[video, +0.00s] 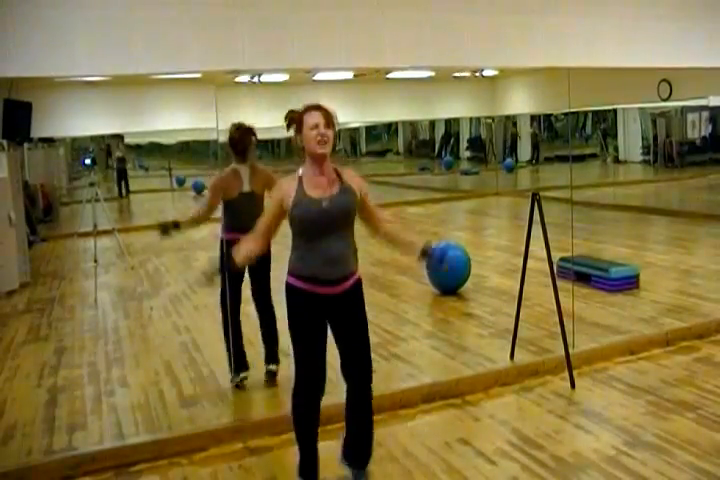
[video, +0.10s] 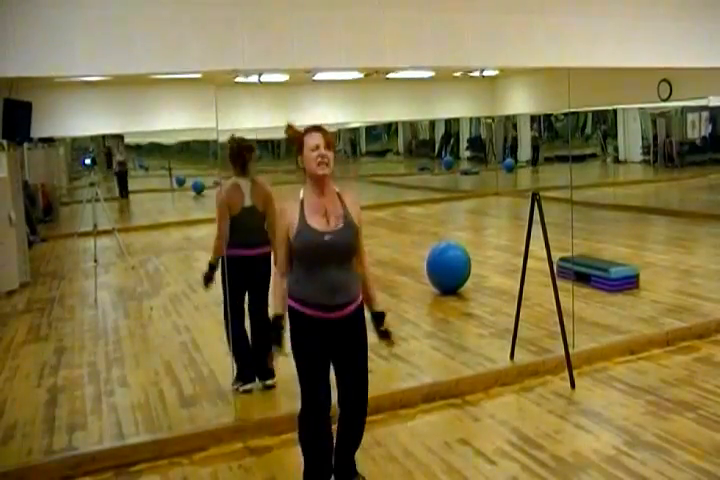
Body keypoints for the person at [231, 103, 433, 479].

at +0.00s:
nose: (321, 133)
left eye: (326, 127)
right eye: (314, 128)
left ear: (334, 133)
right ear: (300, 137)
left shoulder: (351, 181)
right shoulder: (287, 188)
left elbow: (380, 225)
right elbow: (261, 234)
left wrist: (422, 248)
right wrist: (243, 251)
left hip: (347, 289)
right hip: (304, 292)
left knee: (360, 377)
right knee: (310, 382)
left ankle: (357, 460)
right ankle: (308, 466)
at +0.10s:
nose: (323, 155)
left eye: (327, 148)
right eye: (314, 150)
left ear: (334, 154)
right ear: (301, 159)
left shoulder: (348, 201)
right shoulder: (288, 209)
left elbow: (360, 261)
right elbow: (280, 269)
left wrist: (377, 311)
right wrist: (277, 318)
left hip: (350, 315)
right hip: (307, 318)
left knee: (355, 402)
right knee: (316, 404)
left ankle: (345, 466)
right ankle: (317, 472)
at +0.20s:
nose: (321, 141)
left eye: (326, 135)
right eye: (313, 137)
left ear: (334, 142)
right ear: (301, 146)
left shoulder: (350, 188)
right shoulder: (289, 195)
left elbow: (368, 241)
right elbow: (277, 254)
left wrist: (398, 279)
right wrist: (265, 293)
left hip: (349, 302)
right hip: (306, 304)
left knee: (357, 388)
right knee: (312, 390)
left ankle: (347, 465)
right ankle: (313, 469)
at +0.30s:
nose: (322, 123)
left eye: (327, 116)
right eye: (314, 118)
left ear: (336, 123)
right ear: (301, 127)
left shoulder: (352, 165)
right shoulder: (287, 173)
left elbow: (392, 198)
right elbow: (253, 221)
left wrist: (439, 194)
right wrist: (223, 232)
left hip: (349, 277)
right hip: (307, 280)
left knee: (359, 367)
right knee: (305, 373)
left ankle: (360, 451)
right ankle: (301, 465)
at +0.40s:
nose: (323, 127)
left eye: (328, 121)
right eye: (314, 122)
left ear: (335, 127)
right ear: (301, 130)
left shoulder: (352, 165)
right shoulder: (287, 173)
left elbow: (402, 162)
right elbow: (237, 188)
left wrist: (429, 117)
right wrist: (214, 157)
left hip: (349, 281)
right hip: (306, 284)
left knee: (370, 364)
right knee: (296, 377)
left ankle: (381, 449)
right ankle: (282, 471)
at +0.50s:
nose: (324, 153)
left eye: (330, 147)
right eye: (317, 148)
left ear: (338, 154)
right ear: (304, 157)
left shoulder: (352, 184)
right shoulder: (292, 193)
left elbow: (386, 145)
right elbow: (245, 162)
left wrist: (380, 92)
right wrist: (254, 107)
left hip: (352, 308)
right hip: (308, 311)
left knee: (384, 384)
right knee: (285, 400)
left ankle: (403, 457)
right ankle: (262, 475)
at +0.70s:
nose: (322, 148)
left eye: (327, 141)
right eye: (314, 142)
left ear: (335, 147)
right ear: (302, 150)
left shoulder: (348, 181)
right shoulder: (290, 190)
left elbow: (388, 150)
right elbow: (242, 164)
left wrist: (399, 104)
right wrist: (245, 110)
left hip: (351, 303)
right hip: (307, 306)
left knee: (380, 381)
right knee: (285, 395)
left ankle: (401, 453)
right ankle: (264, 475)